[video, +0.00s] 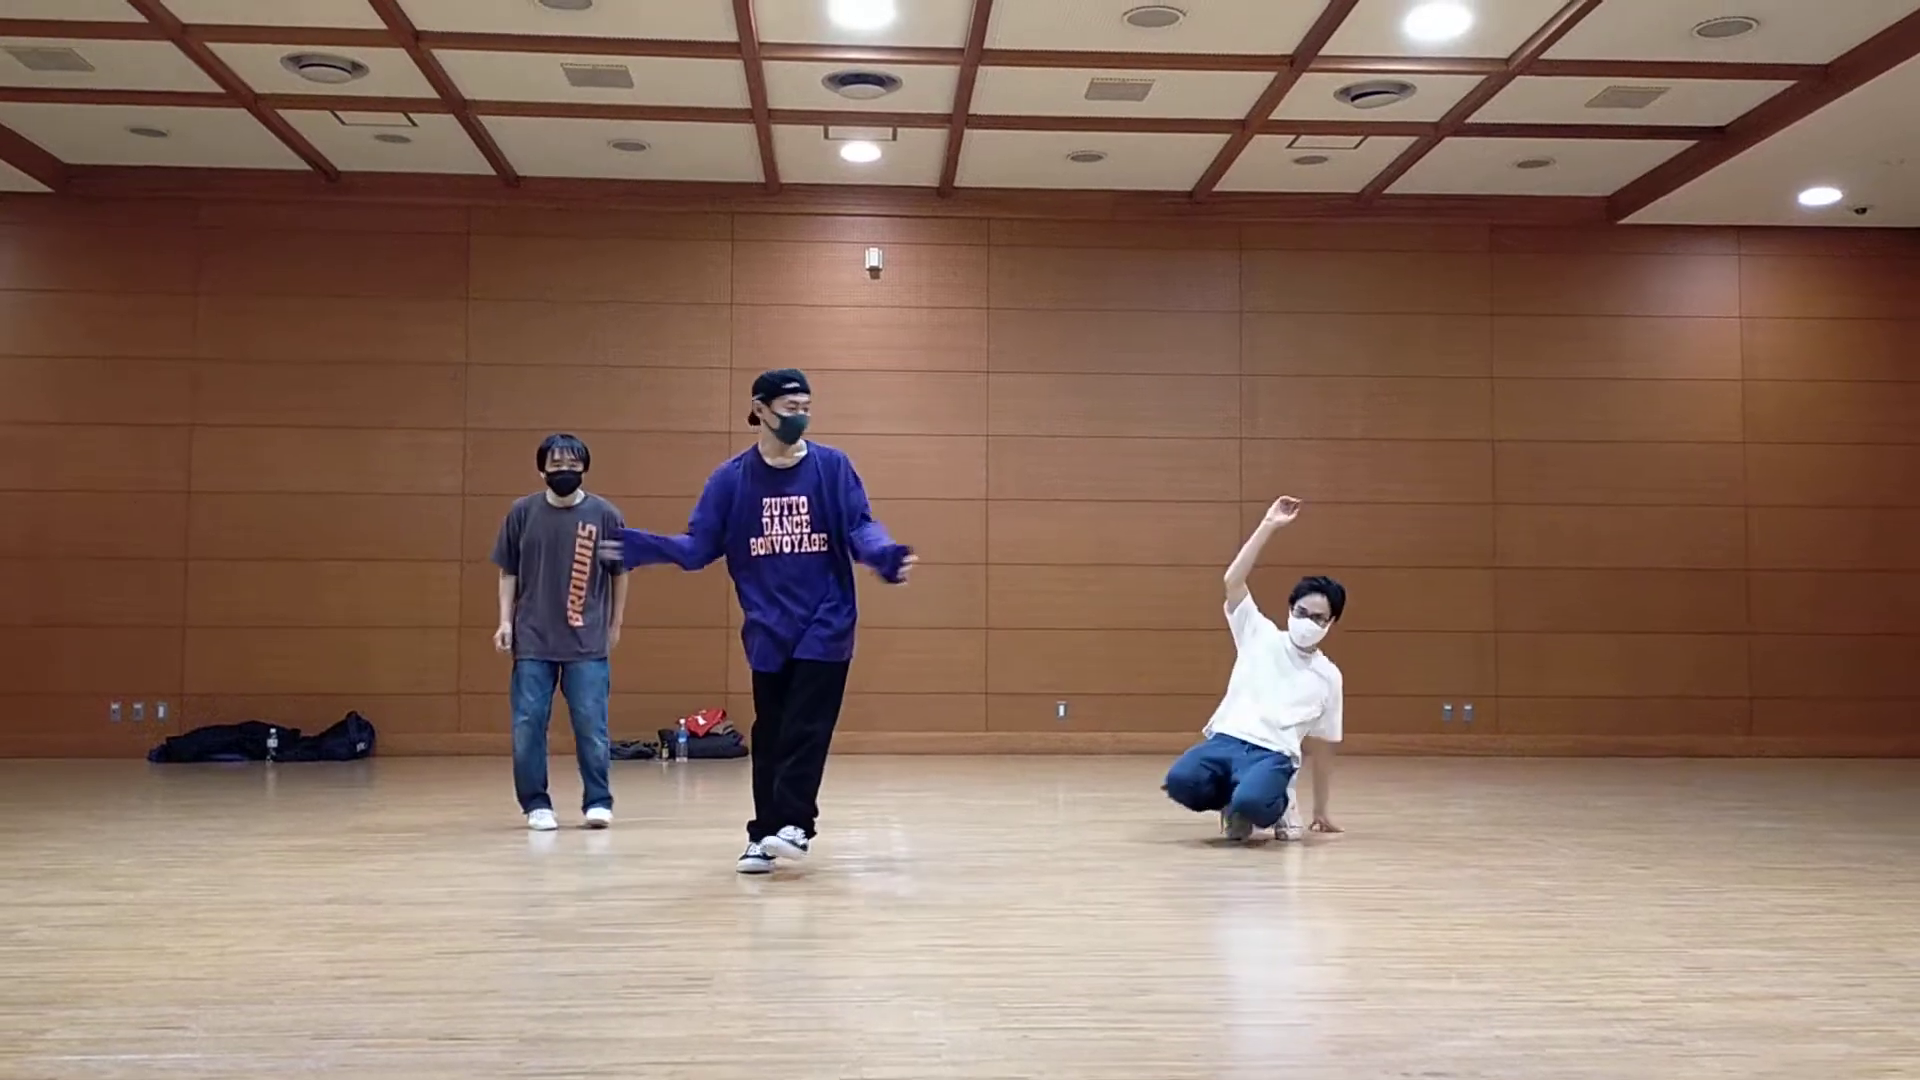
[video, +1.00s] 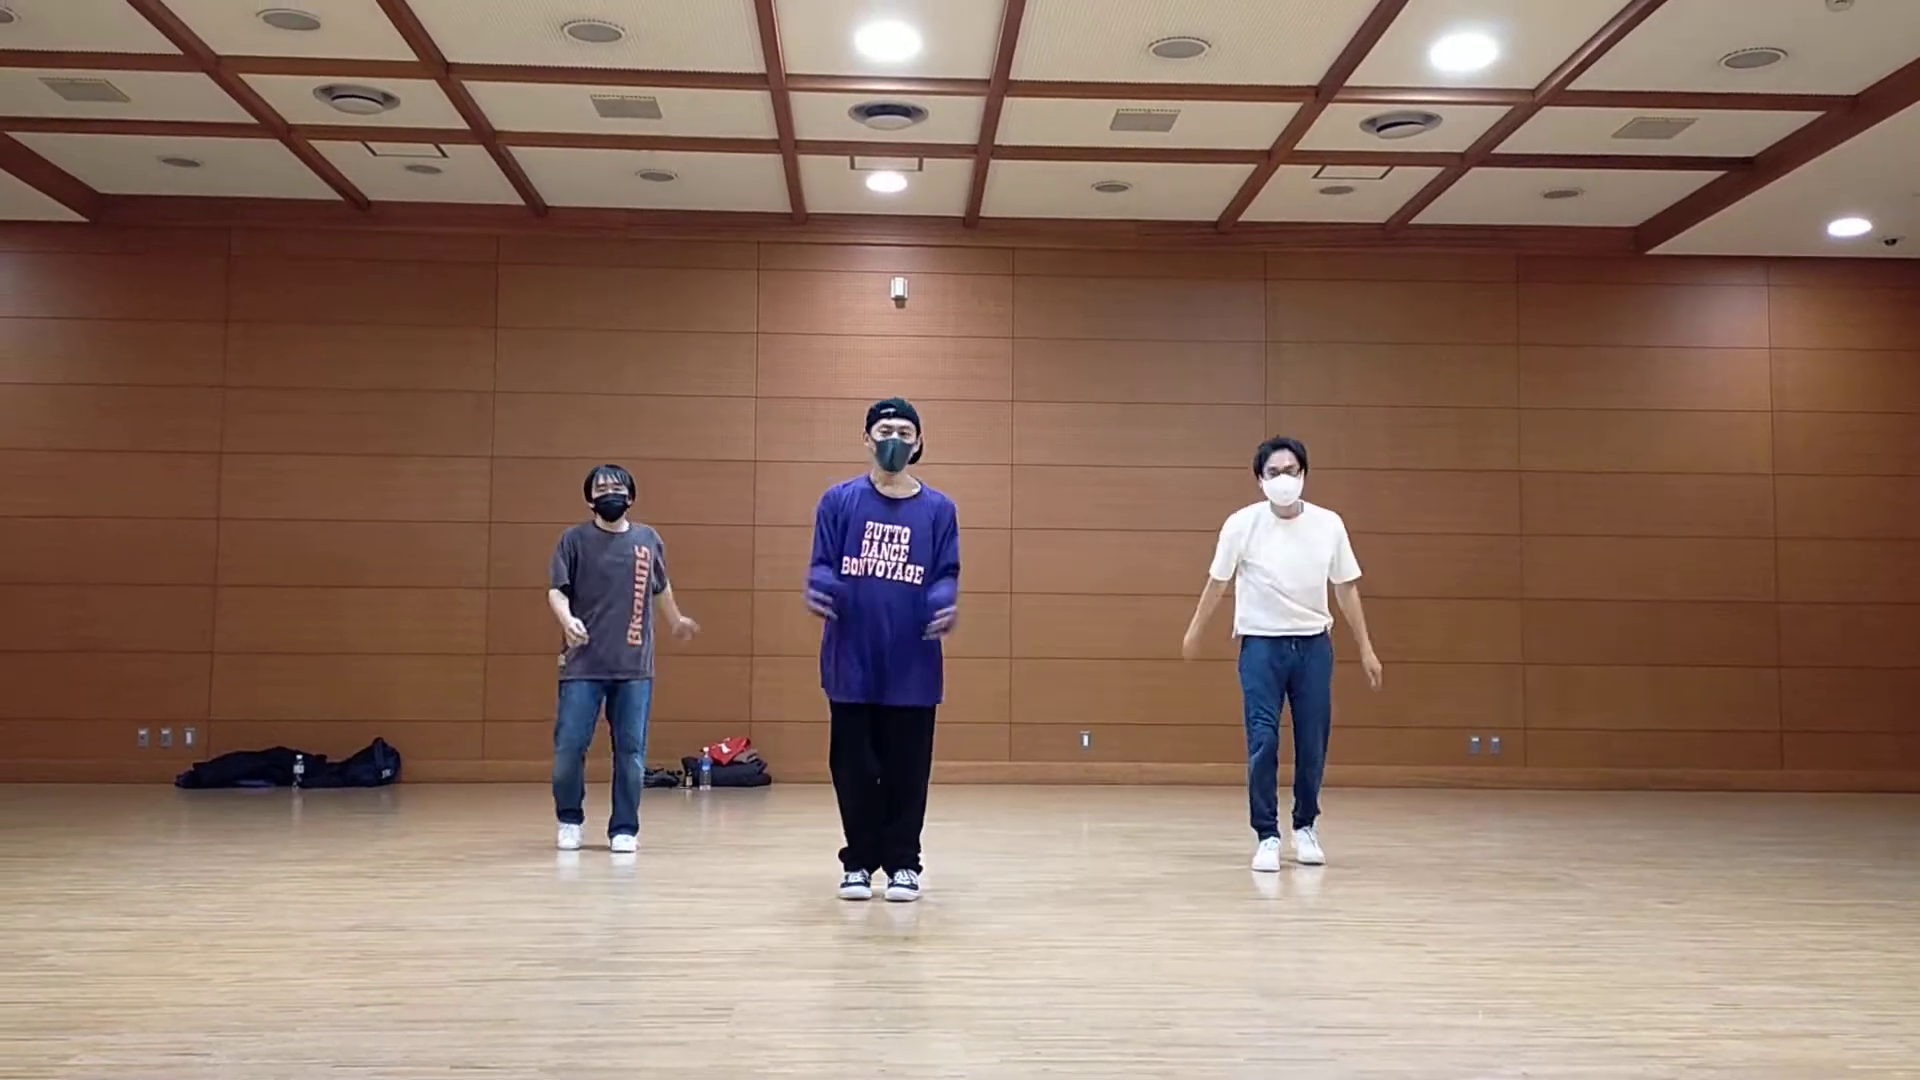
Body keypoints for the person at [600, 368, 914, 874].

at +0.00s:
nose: (801, 410)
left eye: (805, 403)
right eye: (790, 403)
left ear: (810, 410)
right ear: (760, 411)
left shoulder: (832, 467)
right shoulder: (731, 479)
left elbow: (859, 527)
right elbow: (698, 548)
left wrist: (884, 554)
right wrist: (639, 545)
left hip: (826, 619)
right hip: (768, 623)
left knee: (806, 723)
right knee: (772, 729)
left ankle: (795, 825)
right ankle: (763, 835)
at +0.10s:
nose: (812, 414)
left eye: (815, 407)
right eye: (801, 407)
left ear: (817, 413)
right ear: (770, 414)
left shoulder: (833, 468)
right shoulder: (735, 478)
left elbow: (836, 535)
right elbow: (728, 554)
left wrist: (811, 571)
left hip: (829, 621)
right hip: (770, 622)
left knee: (822, 727)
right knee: (774, 729)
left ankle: (822, 827)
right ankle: (767, 837)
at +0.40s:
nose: (865, 439)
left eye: (869, 431)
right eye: (856, 430)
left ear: (869, 434)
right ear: (825, 429)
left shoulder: (880, 494)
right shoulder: (781, 491)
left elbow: (881, 573)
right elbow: (766, 573)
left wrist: (864, 643)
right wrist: (777, 640)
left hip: (863, 649)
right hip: (802, 650)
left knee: (878, 755)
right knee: (791, 755)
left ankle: (892, 851)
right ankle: (778, 852)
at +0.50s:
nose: (890, 440)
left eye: (892, 433)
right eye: (880, 433)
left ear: (891, 441)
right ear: (849, 436)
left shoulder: (904, 503)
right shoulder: (803, 498)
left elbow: (919, 574)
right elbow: (772, 572)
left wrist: (922, 631)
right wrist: (742, 632)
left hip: (880, 657)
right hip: (816, 655)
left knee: (887, 761)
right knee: (805, 758)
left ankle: (894, 857)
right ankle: (783, 858)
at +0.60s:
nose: (904, 449)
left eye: (909, 441)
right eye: (895, 440)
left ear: (911, 446)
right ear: (865, 439)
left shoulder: (922, 509)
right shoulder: (819, 499)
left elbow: (950, 569)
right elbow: (772, 560)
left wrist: (987, 612)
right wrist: (710, 597)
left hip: (894, 662)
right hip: (830, 660)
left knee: (895, 768)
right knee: (817, 764)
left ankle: (898, 861)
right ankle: (799, 859)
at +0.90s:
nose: (896, 436)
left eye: (906, 429)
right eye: (887, 428)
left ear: (920, 442)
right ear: (870, 437)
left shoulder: (940, 506)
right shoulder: (839, 496)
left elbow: (958, 573)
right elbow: (804, 559)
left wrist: (992, 584)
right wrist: (763, 562)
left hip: (910, 662)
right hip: (849, 658)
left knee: (903, 765)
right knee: (851, 762)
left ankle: (902, 865)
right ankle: (855, 863)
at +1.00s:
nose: (894, 437)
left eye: (904, 431)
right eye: (885, 430)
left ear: (917, 444)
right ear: (868, 440)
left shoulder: (939, 508)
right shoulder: (838, 500)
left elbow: (946, 573)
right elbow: (821, 567)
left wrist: (942, 606)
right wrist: (819, 591)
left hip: (912, 663)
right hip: (851, 659)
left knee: (907, 766)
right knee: (854, 764)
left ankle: (904, 865)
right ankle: (858, 864)